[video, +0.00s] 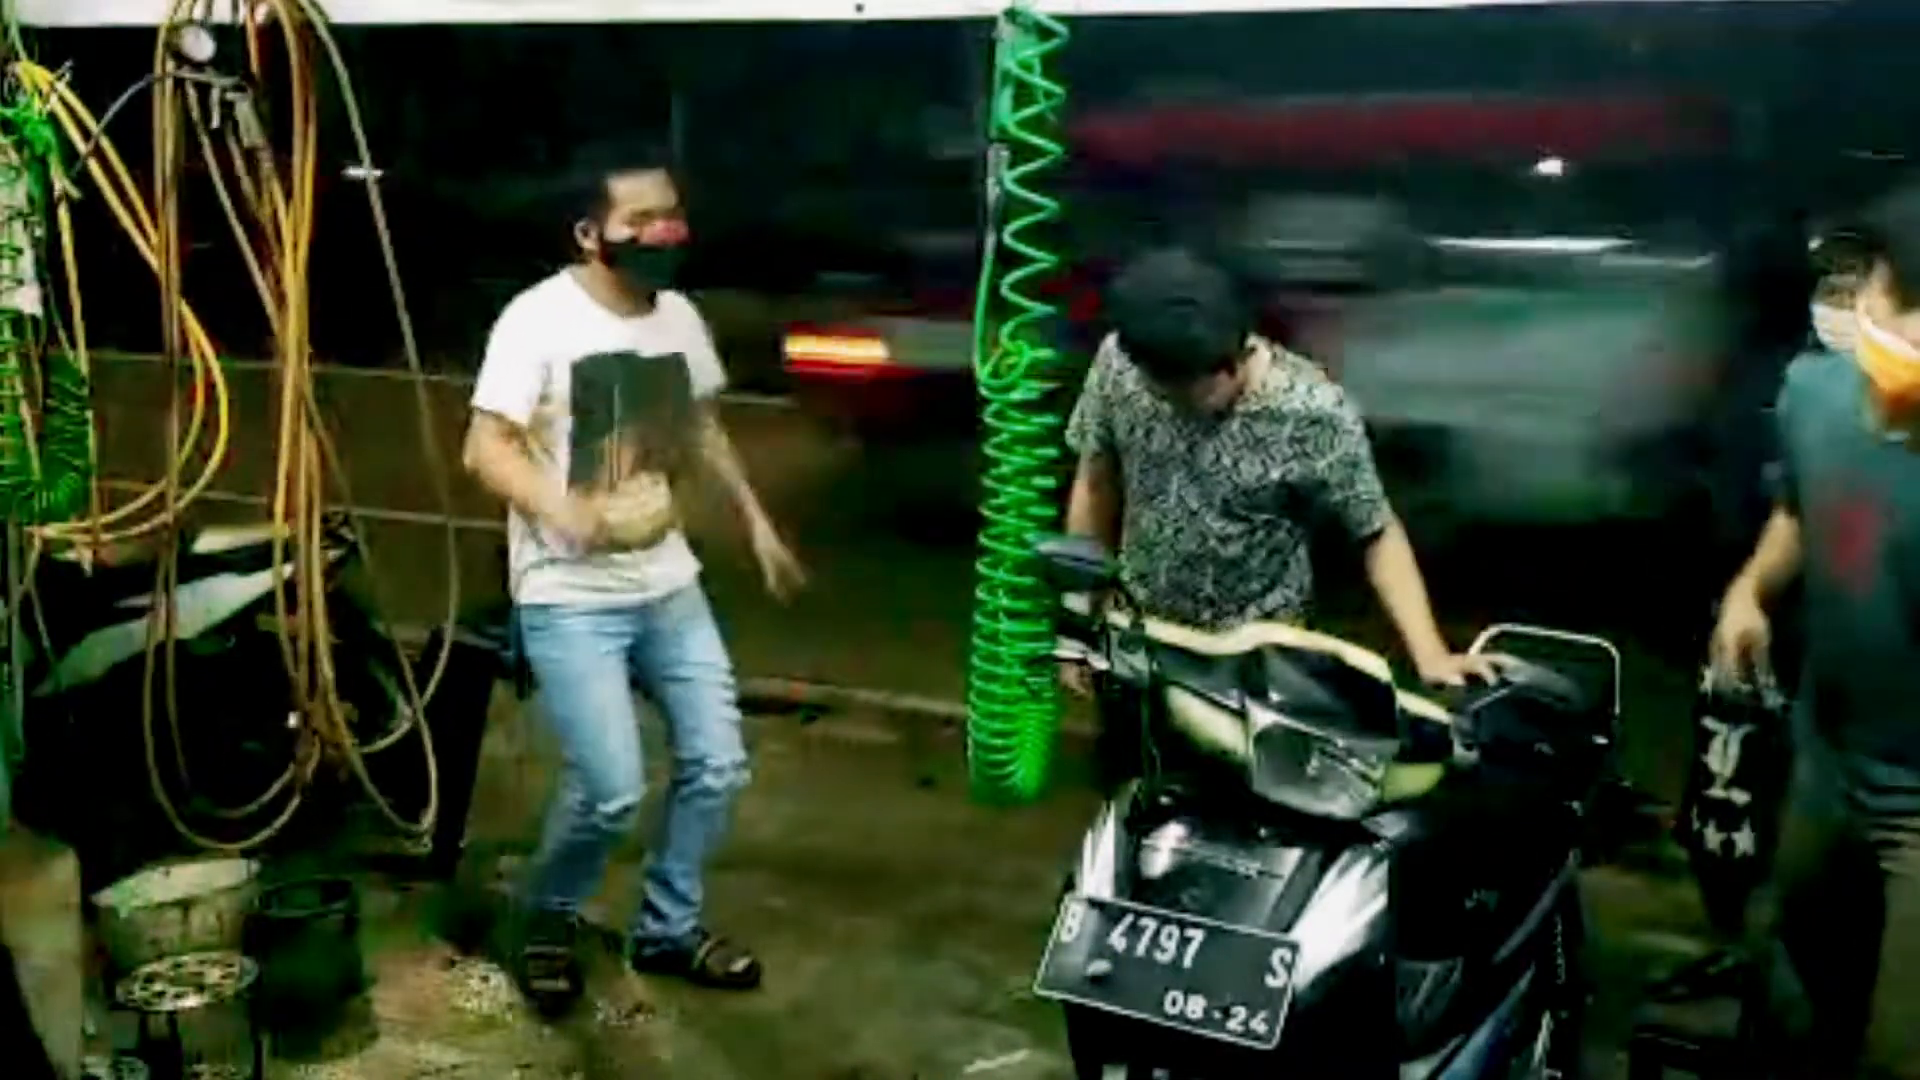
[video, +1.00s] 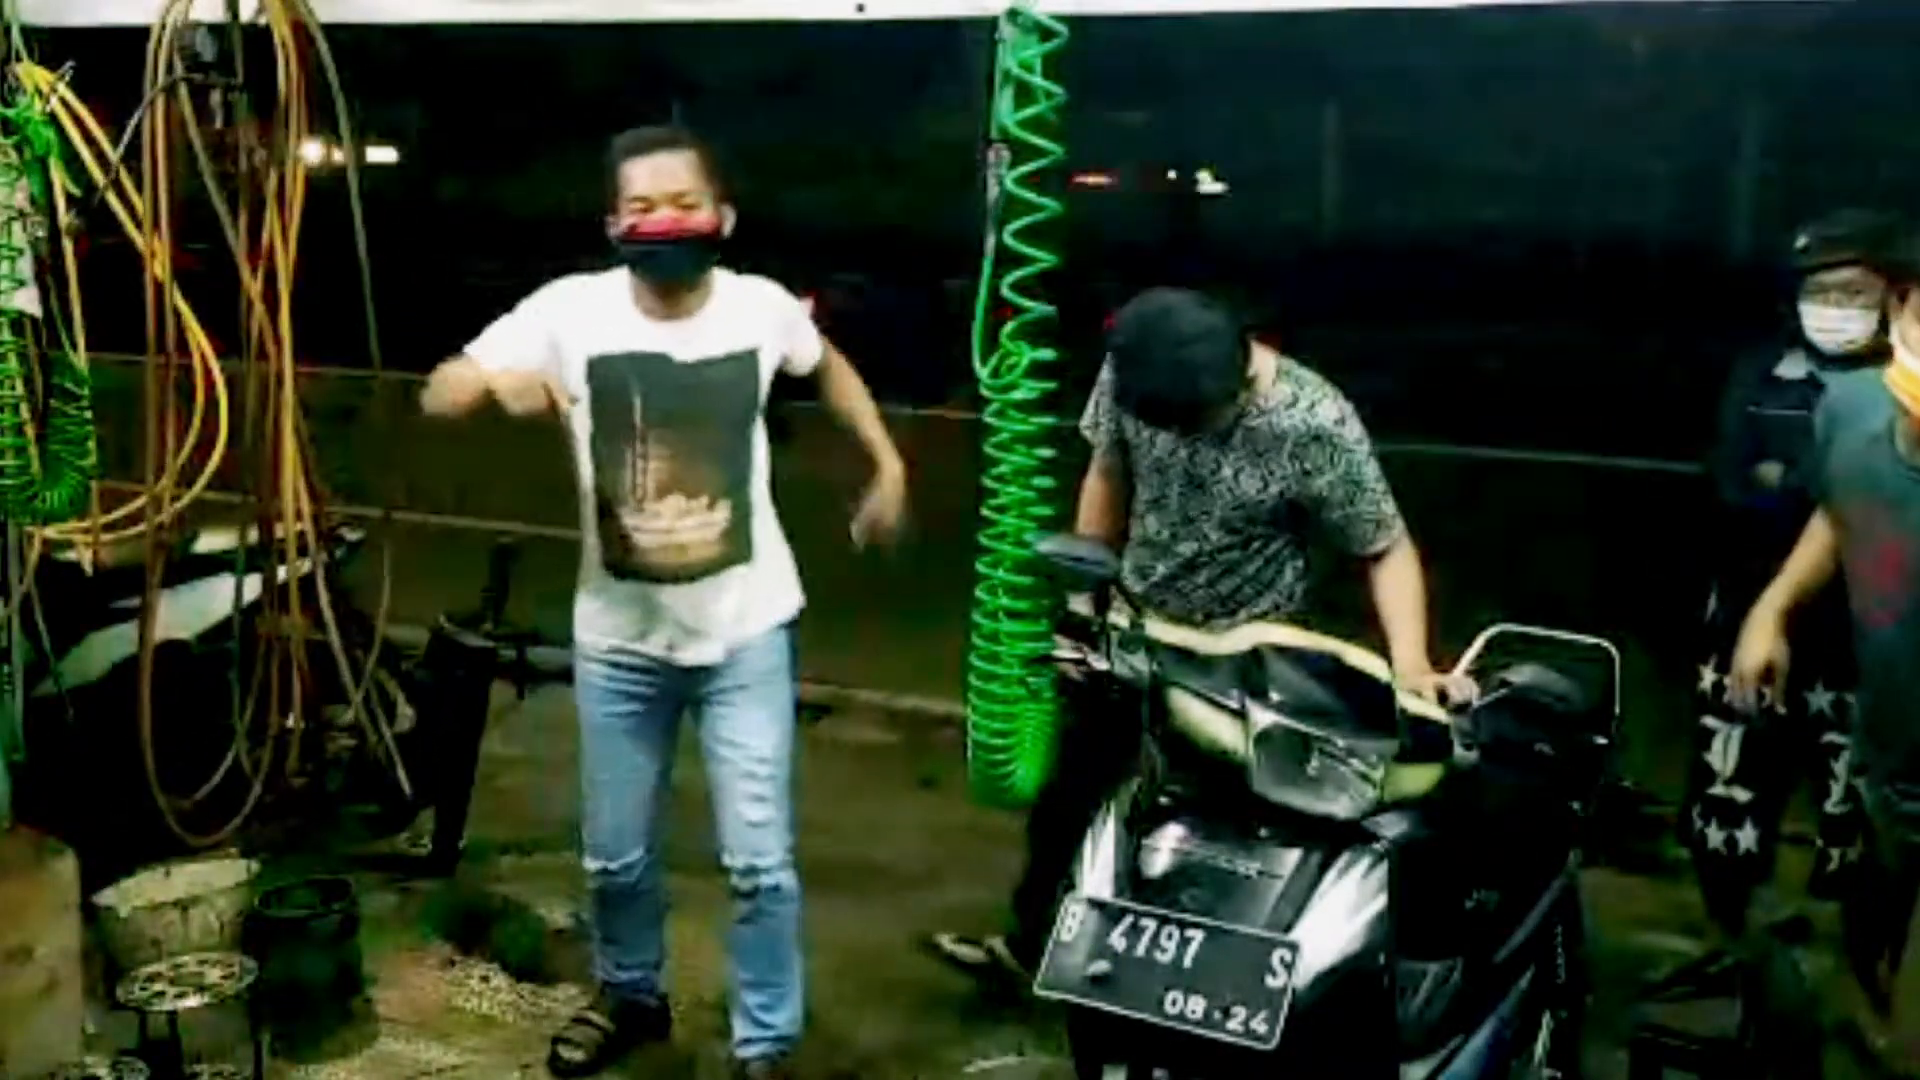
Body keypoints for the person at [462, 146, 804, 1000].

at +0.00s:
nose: (666, 236)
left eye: (671, 217)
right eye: (643, 222)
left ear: (679, 220)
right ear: (590, 232)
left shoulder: (680, 319)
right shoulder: (534, 321)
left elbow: (706, 433)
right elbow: (487, 449)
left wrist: (757, 523)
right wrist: (563, 513)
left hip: (668, 585)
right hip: (567, 598)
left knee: (716, 766)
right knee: (612, 790)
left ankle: (668, 931)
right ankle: (548, 922)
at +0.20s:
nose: (633, 213)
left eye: (649, 197)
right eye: (615, 198)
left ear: (673, 206)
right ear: (583, 206)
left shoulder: (712, 313)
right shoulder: (530, 306)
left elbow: (754, 440)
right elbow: (472, 404)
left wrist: (717, 428)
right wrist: (480, 517)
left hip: (689, 599)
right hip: (576, 603)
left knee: (714, 779)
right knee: (599, 808)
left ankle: (669, 927)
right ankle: (623, 987)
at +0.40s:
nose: (590, 201)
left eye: (609, 185)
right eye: (573, 186)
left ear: (646, 198)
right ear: (553, 201)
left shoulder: (698, 295)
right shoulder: (524, 300)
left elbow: (752, 396)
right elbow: (488, 389)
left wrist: (688, 373)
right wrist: (474, 496)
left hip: (684, 598)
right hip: (566, 604)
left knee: (704, 793)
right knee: (581, 816)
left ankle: (677, 923)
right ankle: (628, 988)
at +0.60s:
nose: (576, 245)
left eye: (591, 223)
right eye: (556, 232)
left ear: (635, 229)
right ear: (538, 249)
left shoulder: (701, 343)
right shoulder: (515, 353)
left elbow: (744, 479)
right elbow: (493, 475)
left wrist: (722, 578)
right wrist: (498, 584)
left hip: (686, 637)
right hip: (564, 642)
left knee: (717, 839)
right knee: (568, 852)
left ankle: (728, 960)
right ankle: (634, 993)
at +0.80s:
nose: (603, 233)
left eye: (620, 212)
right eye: (583, 218)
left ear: (664, 216)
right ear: (561, 232)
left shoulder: (721, 318)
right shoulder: (529, 326)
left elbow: (793, 397)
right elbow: (446, 426)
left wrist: (838, 496)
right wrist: (474, 450)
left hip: (704, 619)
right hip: (580, 627)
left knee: (727, 840)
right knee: (591, 844)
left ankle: (757, 1042)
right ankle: (634, 1000)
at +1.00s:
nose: (661, 227)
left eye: (681, 207)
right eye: (640, 210)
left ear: (719, 213)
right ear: (614, 220)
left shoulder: (759, 308)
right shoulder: (569, 310)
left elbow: (830, 371)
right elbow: (440, 395)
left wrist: (888, 463)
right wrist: (490, 377)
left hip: (743, 631)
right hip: (619, 634)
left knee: (757, 856)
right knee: (614, 852)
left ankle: (764, 1049)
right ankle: (632, 1001)